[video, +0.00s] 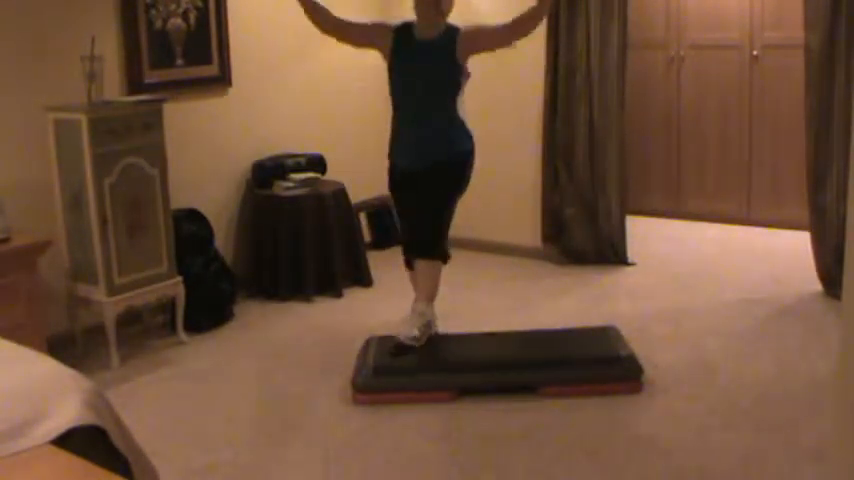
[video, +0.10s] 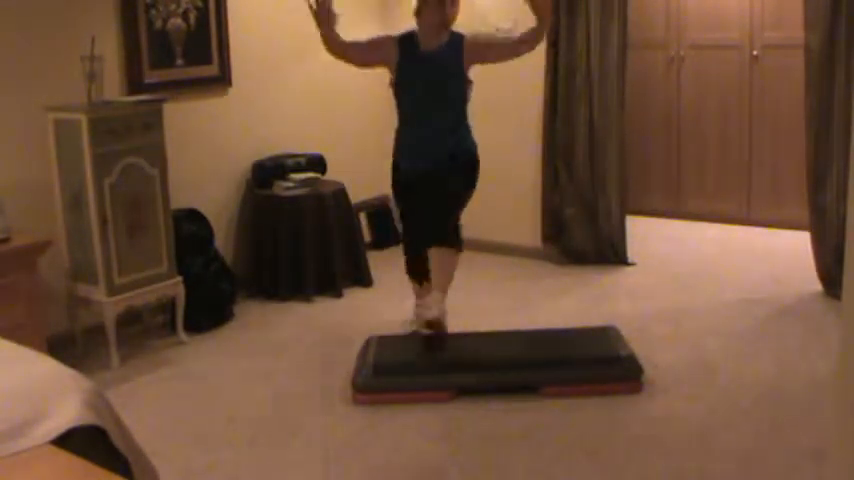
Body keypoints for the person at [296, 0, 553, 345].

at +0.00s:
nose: (434, 6)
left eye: (440, 1)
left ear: (449, 5)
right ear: (416, 3)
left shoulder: (461, 40)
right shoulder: (390, 37)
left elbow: (512, 31)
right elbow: (332, 25)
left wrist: (546, 5)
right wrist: (304, 0)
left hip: (450, 148)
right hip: (405, 150)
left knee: (430, 227)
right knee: (412, 233)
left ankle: (421, 315)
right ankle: (424, 312)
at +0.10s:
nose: (438, 12)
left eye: (441, 5)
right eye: (433, 6)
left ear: (450, 11)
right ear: (420, 11)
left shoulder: (464, 47)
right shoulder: (396, 47)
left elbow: (522, 45)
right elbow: (341, 50)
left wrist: (544, 22)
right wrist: (326, 26)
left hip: (455, 153)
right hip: (410, 155)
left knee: (443, 219)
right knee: (414, 232)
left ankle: (436, 304)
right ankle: (422, 305)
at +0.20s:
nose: (454, 5)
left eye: (457, 0)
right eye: (447, 0)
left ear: (462, 4)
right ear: (430, 3)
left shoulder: (474, 37)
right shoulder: (408, 37)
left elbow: (519, 52)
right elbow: (364, 54)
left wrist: (553, 54)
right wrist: (337, 65)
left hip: (465, 144)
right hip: (419, 146)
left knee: (469, 219)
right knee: (421, 228)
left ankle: (465, 296)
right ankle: (419, 305)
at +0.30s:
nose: (470, 5)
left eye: (474, 1)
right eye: (463, 0)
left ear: (478, 3)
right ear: (446, 1)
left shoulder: (490, 35)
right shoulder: (421, 33)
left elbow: (520, 64)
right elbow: (372, 63)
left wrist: (541, 98)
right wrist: (356, 104)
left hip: (475, 141)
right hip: (429, 143)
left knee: (490, 222)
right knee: (425, 226)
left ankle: (492, 295)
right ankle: (419, 305)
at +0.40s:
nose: (492, 8)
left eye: (494, 3)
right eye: (484, 2)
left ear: (496, 8)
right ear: (463, 5)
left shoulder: (501, 41)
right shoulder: (437, 41)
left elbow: (512, 81)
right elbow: (399, 75)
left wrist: (523, 119)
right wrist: (387, 125)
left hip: (489, 151)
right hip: (444, 152)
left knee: (506, 228)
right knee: (437, 232)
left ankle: (502, 303)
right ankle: (420, 306)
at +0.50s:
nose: (506, 8)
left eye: (509, 3)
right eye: (497, 2)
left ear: (514, 8)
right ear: (479, 8)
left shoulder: (518, 45)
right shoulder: (454, 47)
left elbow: (522, 87)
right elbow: (421, 83)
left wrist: (531, 122)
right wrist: (407, 131)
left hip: (507, 158)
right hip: (463, 159)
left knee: (513, 237)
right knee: (458, 241)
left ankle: (500, 307)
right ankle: (428, 305)